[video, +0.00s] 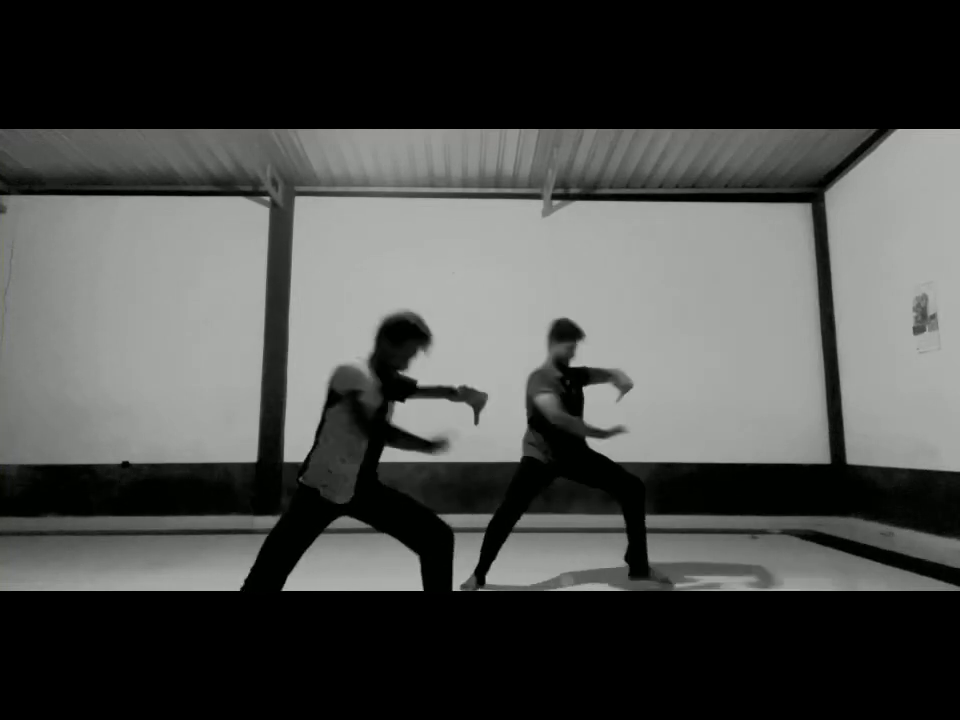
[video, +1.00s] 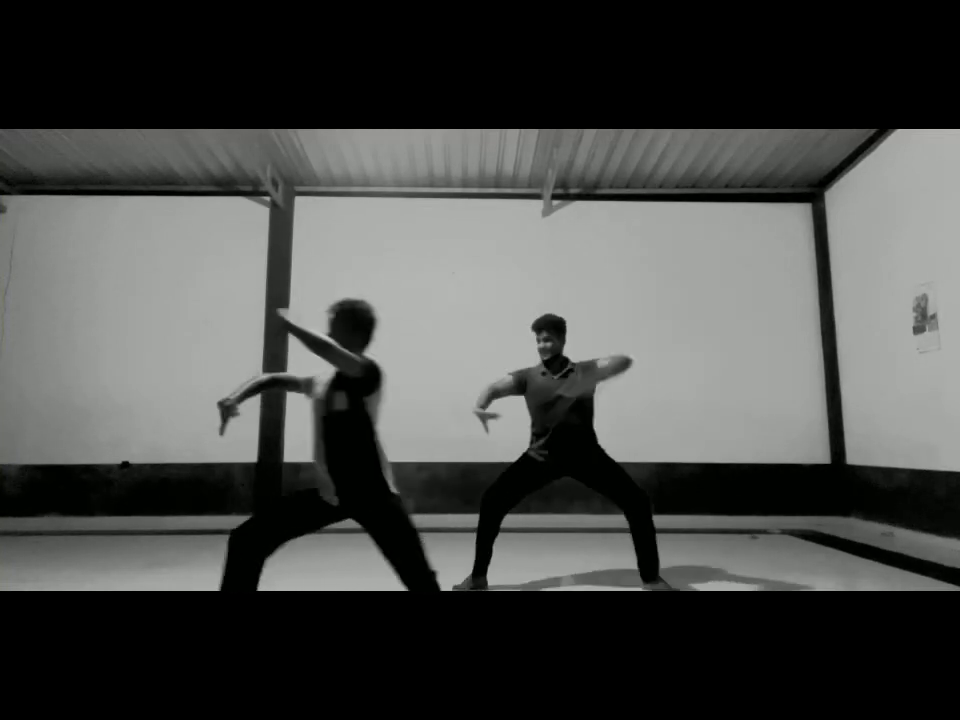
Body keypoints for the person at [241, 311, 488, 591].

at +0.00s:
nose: (409, 361)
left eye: (413, 354)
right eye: (407, 352)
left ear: (401, 350)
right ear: (387, 345)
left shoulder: (388, 385)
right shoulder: (350, 375)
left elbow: (413, 390)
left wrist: (456, 394)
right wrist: (428, 447)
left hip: (362, 490)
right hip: (320, 491)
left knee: (436, 538)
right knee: (269, 571)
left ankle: (441, 599)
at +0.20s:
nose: (393, 323)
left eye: (393, 314)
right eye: (386, 314)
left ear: (392, 322)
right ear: (360, 320)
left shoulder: (405, 375)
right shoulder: (342, 367)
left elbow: (456, 374)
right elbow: (305, 357)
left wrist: (457, 377)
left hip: (386, 484)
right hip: (336, 483)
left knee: (448, 544)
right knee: (274, 565)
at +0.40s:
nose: (382, 318)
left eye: (390, 310)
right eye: (374, 312)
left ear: (406, 318)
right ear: (365, 320)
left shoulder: (422, 368)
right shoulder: (355, 370)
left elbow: (472, 365)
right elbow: (301, 357)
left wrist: (471, 385)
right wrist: (284, 357)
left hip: (408, 481)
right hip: (358, 479)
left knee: (460, 549)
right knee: (283, 538)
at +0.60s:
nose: (385, 332)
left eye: (393, 324)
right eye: (377, 324)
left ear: (410, 326)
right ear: (369, 327)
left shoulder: (424, 383)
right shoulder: (351, 378)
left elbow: (464, 408)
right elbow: (294, 374)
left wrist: (465, 418)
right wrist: (254, 385)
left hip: (407, 491)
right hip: (354, 489)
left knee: (462, 556)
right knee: (277, 544)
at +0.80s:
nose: (366, 339)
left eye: (374, 332)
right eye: (367, 331)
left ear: (397, 341)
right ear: (369, 337)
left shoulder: (417, 391)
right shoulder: (349, 385)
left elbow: (437, 417)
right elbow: (287, 380)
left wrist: (396, 412)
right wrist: (243, 400)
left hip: (398, 498)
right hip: (346, 494)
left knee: (455, 557)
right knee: (261, 530)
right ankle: (248, 594)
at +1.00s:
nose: (330, 335)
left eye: (338, 328)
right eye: (330, 328)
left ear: (357, 334)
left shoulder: (367, 375)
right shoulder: (320, 384)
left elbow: (328, 350)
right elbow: (272, 380)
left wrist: (290, 326)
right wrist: (234, 399)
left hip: (372, 497)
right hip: (328, 496)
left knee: (420, 579)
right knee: (246, 542)